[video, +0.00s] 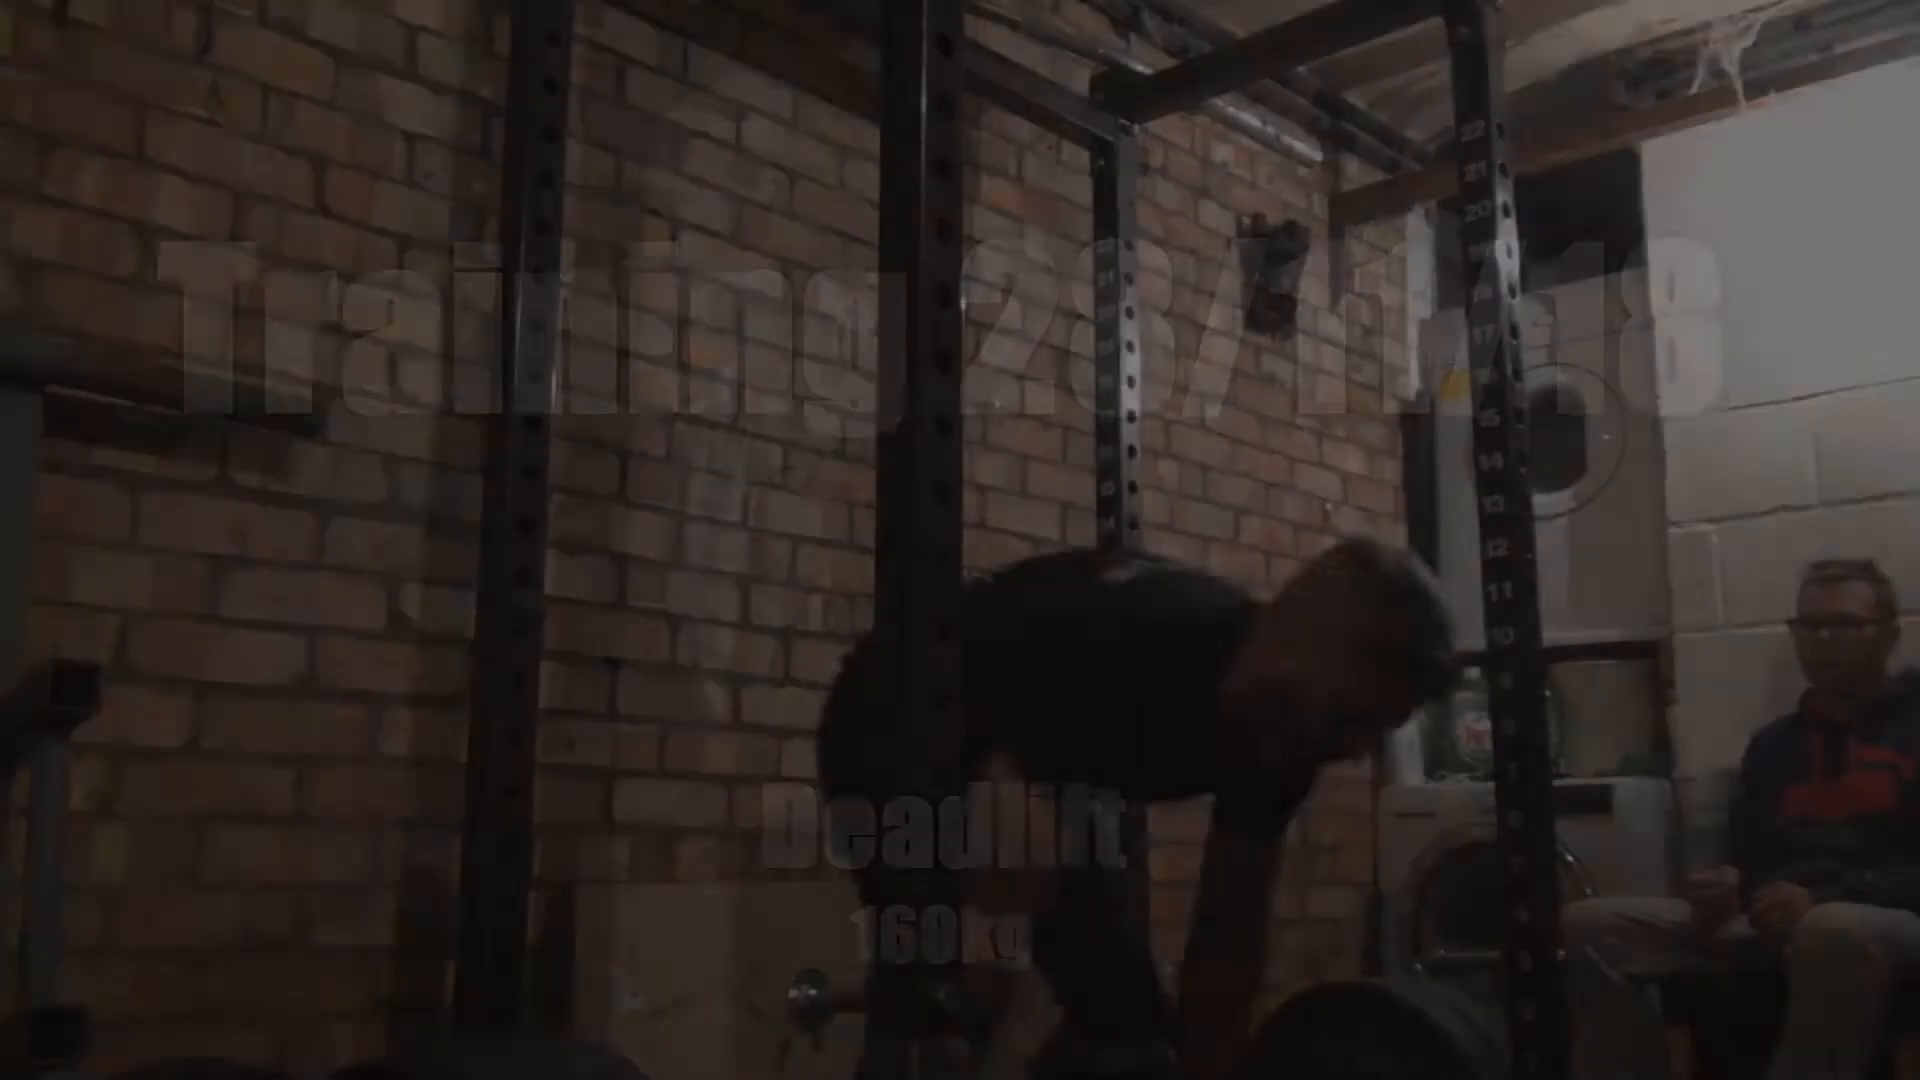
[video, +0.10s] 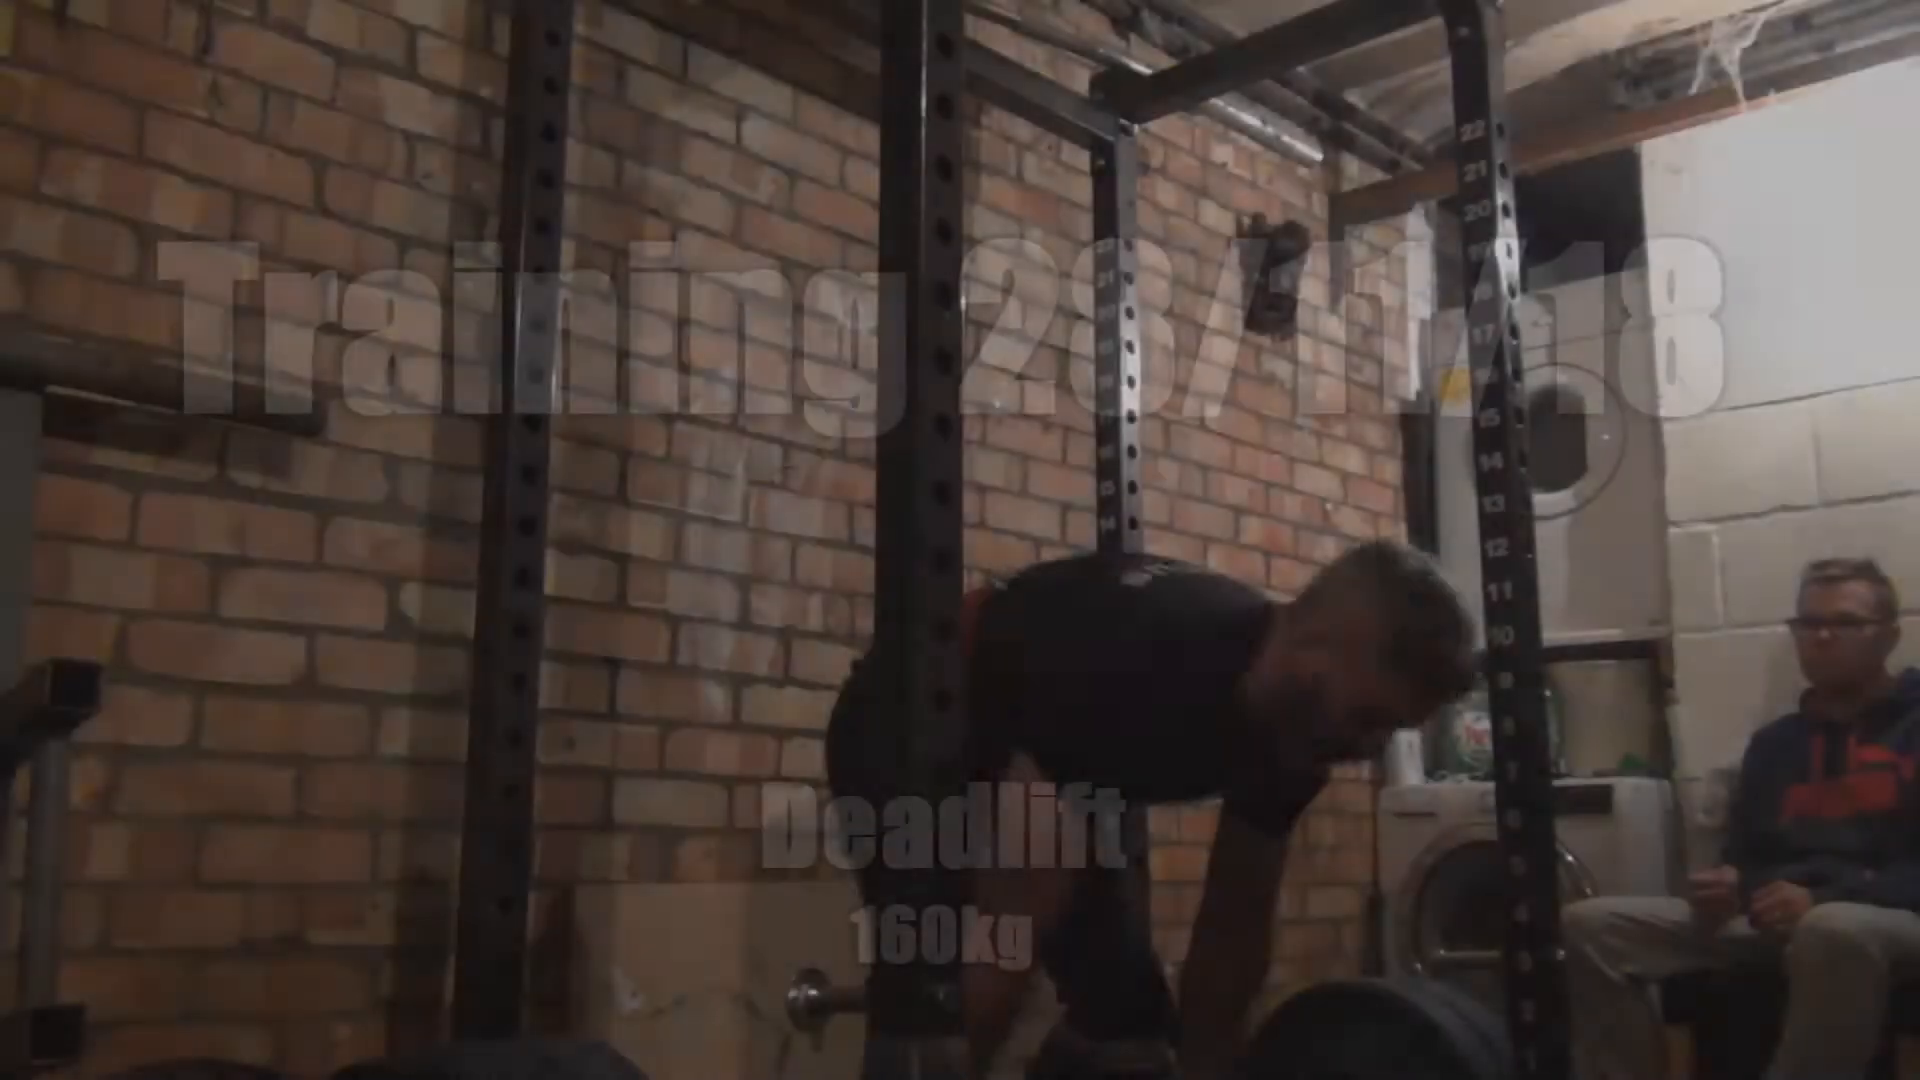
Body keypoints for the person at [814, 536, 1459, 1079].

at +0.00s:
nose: (1353, 752)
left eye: (1370, 733)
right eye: (1349, 717)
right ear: (1296, 630)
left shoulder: (1281, 735)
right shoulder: (1128, 633)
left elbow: (1229, 922)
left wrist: (1213, 1058)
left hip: (1067, 782)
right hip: (903, 732)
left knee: (1126, 1018)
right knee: (936, 1009)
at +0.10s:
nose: (1365, 753)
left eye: (1384, 735)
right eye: (1367, 722)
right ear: (1314, 642)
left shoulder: (1292, 736)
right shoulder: (1144, 638)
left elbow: (1234, 926)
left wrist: (1207, 1060)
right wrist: (958, 1051)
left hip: (1070, 787)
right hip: (914, 737)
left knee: (1128, 1017)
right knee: (939, 1010)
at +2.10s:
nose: (1387, 755)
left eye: (1406, 735)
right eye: (1385, 720)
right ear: (1325, 646)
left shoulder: (1302, 731)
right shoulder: (1146, 650)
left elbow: (1239, 923)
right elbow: (1029, 934)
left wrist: (1210, 1068)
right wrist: (968, 1069)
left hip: (1055, 780)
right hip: (909, 731)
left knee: (1137, 1021)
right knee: (940, 1029)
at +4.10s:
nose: (1387, 729)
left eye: (1407, 707)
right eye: (1382, 694)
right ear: (1317, 625)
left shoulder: (1316, 722)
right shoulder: (1149, 656)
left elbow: (1252, 923)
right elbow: (1027, 914)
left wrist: (1215, 1069)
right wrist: (983, 1068)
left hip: (1063, 764)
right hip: (918, 729)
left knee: (1138, 1021)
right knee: (936, 1011)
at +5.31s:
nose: (1335, 653)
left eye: (1353, 629)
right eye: (1325, 618)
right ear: (1252, 562)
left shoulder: (1261, 706)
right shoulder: (1102, 623)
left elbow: (1224, 899)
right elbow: (996, 886)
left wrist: (1216, 1060)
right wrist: (982, 1064)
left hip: (1028, 769)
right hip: (896, 743)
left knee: (1142, 1012)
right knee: (932, 994)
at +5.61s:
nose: (1317, 550)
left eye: (1327, 527)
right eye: (1302, 518)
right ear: (1217, 484)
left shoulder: (1238, 653)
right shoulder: (1070, 568)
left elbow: (1214, 843)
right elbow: (988, 835)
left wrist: (1218, 1034)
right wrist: (980, 1051)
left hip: (1015, 760)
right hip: (883, 744)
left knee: (1133, 1013)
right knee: (933, 979)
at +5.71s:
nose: (1320, 502)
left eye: (1328, 477)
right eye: (1303, 469)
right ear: (1215, 444)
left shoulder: (1236, 624)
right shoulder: (1069, 536)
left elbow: (1214, 813)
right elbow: (985, 797)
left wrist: (1217, 1005)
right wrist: (984, 1032)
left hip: (1016, 747)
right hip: (885, 732)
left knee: (1124, 1000)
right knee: (929, 992)